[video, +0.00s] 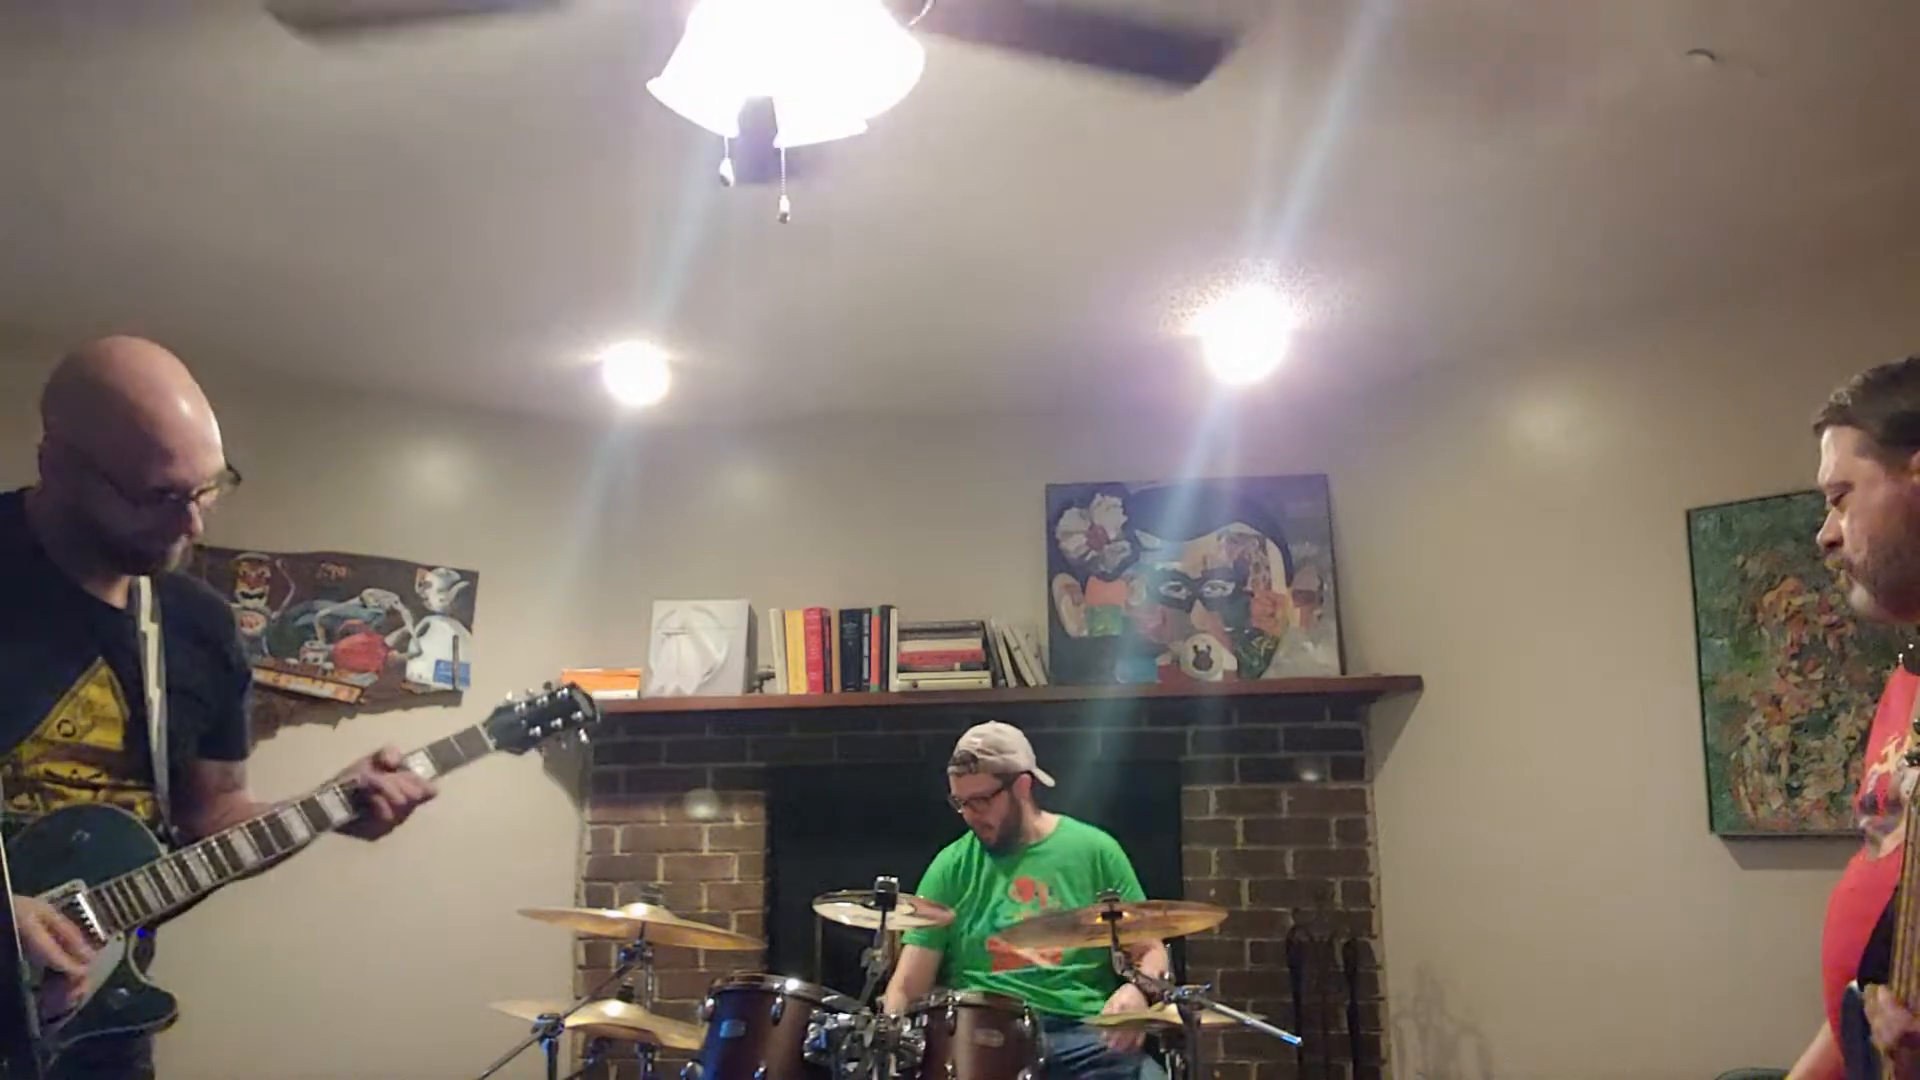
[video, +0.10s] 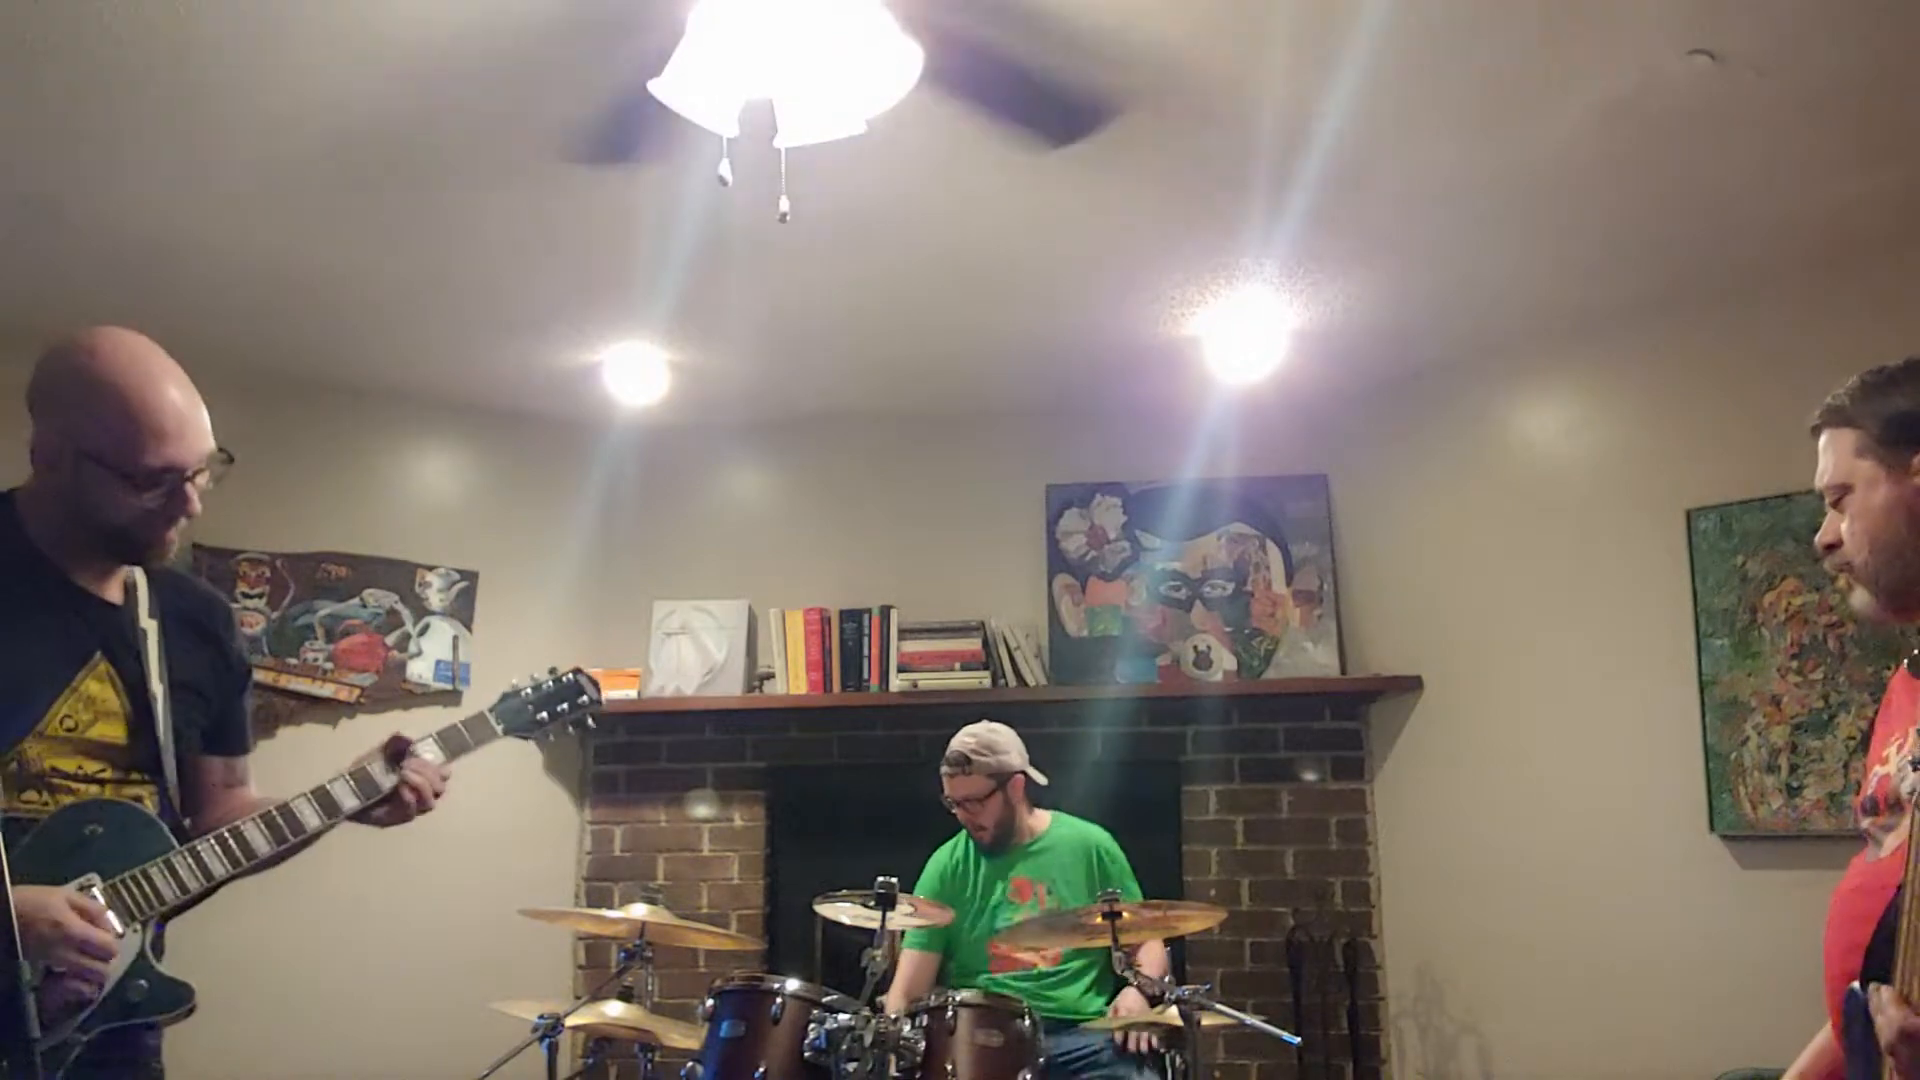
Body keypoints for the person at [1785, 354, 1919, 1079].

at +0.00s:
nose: (1825, 535)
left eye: (1841, 496)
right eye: (1826, 506)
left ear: (1913, 475)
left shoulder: (1907, 689)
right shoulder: (1902, 691)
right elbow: (1888, 924)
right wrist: (1812, 1064)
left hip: (1901, 1052)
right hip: (1871, 1051)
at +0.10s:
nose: (1824, 537)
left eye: (1840, 497)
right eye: (1825, 506)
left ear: (1912, 478)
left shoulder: (1906, 685)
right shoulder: (1903, 688)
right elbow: (1889, 927)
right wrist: (1806, 1067)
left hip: (1899, 1053)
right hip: (1871, 1052)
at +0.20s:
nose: (1822, 537)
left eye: (1838, 498)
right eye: (1822, 507)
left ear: (1912, 478)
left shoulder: (1908, 681)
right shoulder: (1905, 684)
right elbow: (1892, 928)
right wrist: (1809, 1062)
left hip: (1900, 1056)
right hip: (1872, 1054)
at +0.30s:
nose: (1820, 537)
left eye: (1837, 497)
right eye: (1820, 506)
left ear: (1911, 481)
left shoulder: (1907, 679)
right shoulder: (1905, 682)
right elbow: (1891, 935)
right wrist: (1805, 1067)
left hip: (1897, 1051)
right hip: (1873, 1049)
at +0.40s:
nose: (1820, 537)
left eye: (1839, 497)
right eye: (1821, 507)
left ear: (1915, 479)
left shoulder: (1909, 682)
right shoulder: (1903, 685)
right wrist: (1820, 1063)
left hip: (1906, 1051)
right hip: (1878, 1050)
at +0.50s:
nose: (1819, 538)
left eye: (1839, 497)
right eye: (1820, 508)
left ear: (1916, 479)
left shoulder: (1910, 685)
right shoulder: (1904, 688)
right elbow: (1894, 902)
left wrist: (1891, 1044)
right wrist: (1829, 1061)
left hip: (1903, 1049)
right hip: (1879, 1048)